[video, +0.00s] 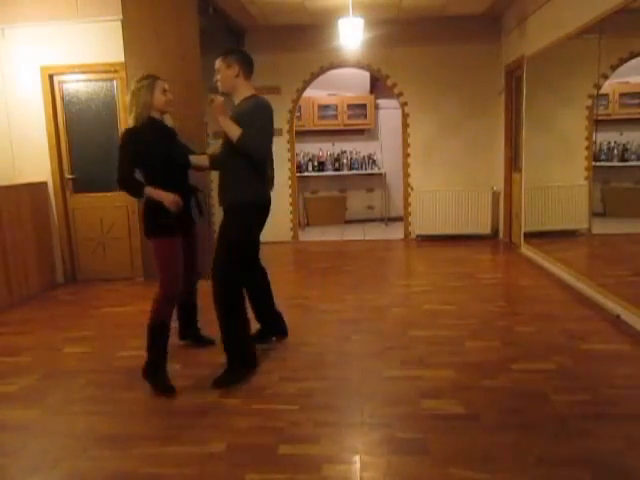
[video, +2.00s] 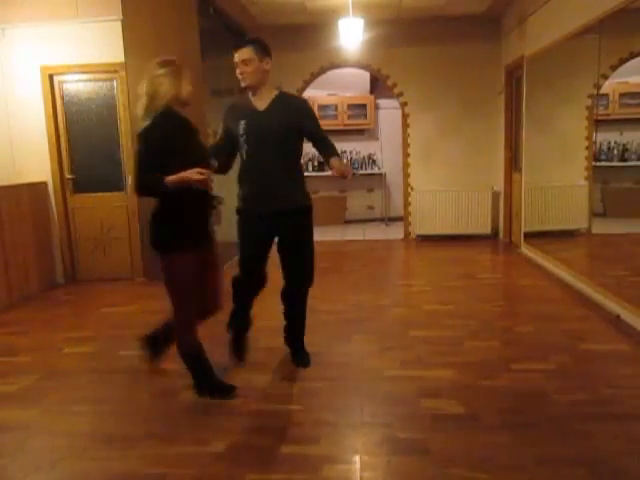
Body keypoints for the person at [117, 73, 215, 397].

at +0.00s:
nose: (170, 97)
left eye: (169, 91)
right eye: (163, 92)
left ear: (161, 97)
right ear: (146, 97)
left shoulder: (167, 131)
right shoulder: (135, 135)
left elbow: (181, 162)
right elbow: (125, 180)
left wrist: (214, 163)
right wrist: (159, 195)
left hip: (184, 212)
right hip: (161, 216)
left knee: (189, 275)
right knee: (170, 286)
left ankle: (189, 328)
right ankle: (155, 365)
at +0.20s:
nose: (153, 93)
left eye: (152, 88)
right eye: (146, 88)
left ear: (138, 93)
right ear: (128, 94)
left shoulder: (143, 127)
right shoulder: (125, 129)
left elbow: (161, 165)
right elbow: (123, 178)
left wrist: (196, 155)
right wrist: (165, 196)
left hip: (152, 221)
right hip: (138, 224)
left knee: (180, 277)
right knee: (155, 290)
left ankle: (143, 330)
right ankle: (148, 371)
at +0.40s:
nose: (136, 93)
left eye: (134, 88)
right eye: (130, 89)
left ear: (119, 95)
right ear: (112, 95)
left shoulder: (128, 133)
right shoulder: (114, 136)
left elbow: (168, 159)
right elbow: (122, 190)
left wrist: (205, 130)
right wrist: (147, 224)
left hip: (130, 224)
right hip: (119, 227)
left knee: (147, 297)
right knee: (134, 301)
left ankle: (100, 361)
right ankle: (145, 378)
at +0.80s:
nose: (125, 89)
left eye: (123, 83)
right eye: (118, 84)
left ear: (108, 88)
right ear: (98, 89)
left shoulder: (116, 128)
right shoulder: (88, 132)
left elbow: (134, 168)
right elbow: (82, 186)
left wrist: (170, 166)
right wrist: (118, 218)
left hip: (121, 224)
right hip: (109, 227)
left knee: (118, 300)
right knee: (150, 300)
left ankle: (89, 369)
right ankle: (132, 370)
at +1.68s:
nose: (124, 95)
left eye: (123, 89)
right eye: (118, 89)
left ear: (100, 94)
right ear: (99, 93)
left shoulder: (109, 132)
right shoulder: (95, 137)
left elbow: (132, 164)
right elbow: (99, 192)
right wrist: (139, 182)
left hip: (109, 237)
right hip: (110, 240)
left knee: (93, 306)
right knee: (162, 292)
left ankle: (86, 376)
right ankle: (163, 367)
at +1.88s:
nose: (160, 90)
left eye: (158, 84)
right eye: (154, 84)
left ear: (138, 88)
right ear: (135, 88)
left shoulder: (151, 126)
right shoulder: (124, 133)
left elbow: (163, 164)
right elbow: (115, 188)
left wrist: (193, 152)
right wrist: (150, 180)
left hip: (157, 223)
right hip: (144, 227)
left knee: (138, 298)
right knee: (168, 303)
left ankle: (100, 360)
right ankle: (200, 375)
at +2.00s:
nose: (189, 86)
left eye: (187, 80)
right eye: (182, 80)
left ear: (176, 86)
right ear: (167, 87)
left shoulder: (185, 125)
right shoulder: (155, 130)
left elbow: (200, 166)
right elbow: (145, 184)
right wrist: (179, 178)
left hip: (197, 221)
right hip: (173, 225)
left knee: (209, 300)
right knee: (185, 305)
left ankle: (158, 337)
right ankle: (204, 379)